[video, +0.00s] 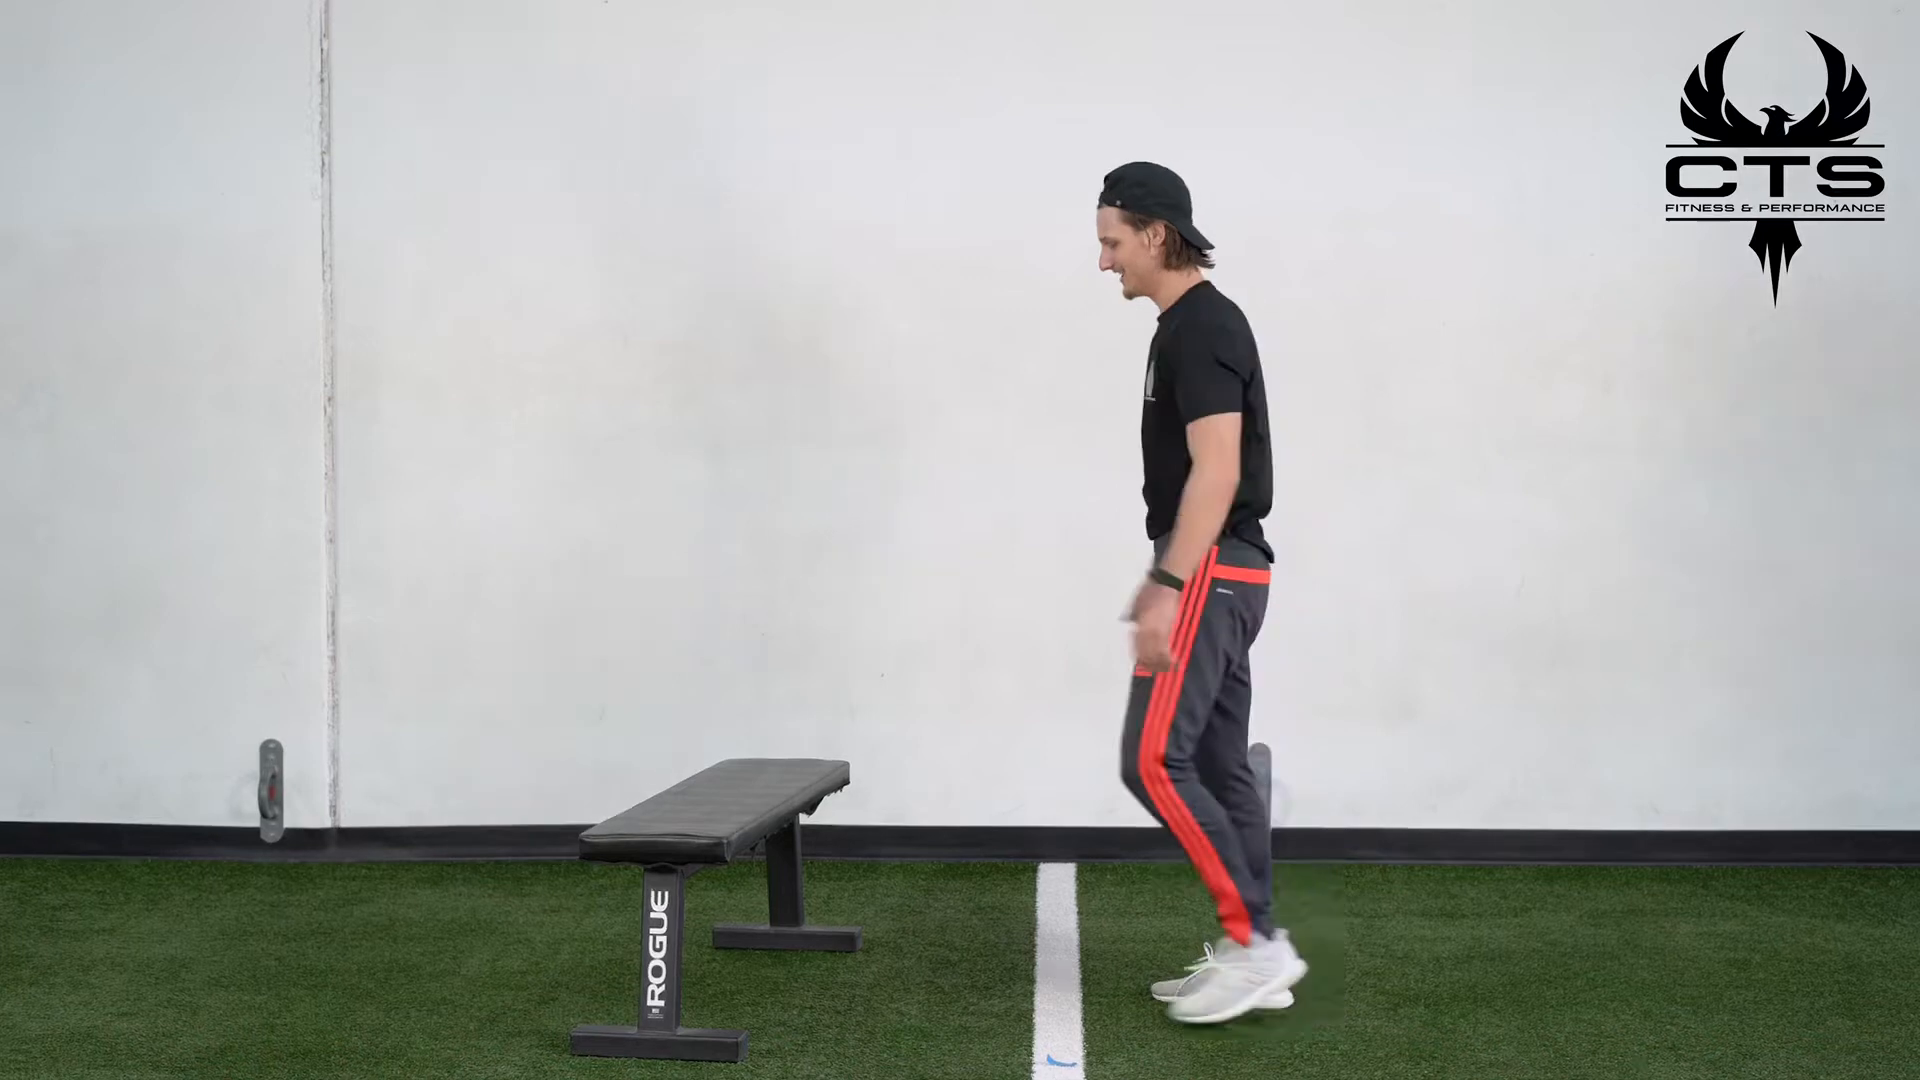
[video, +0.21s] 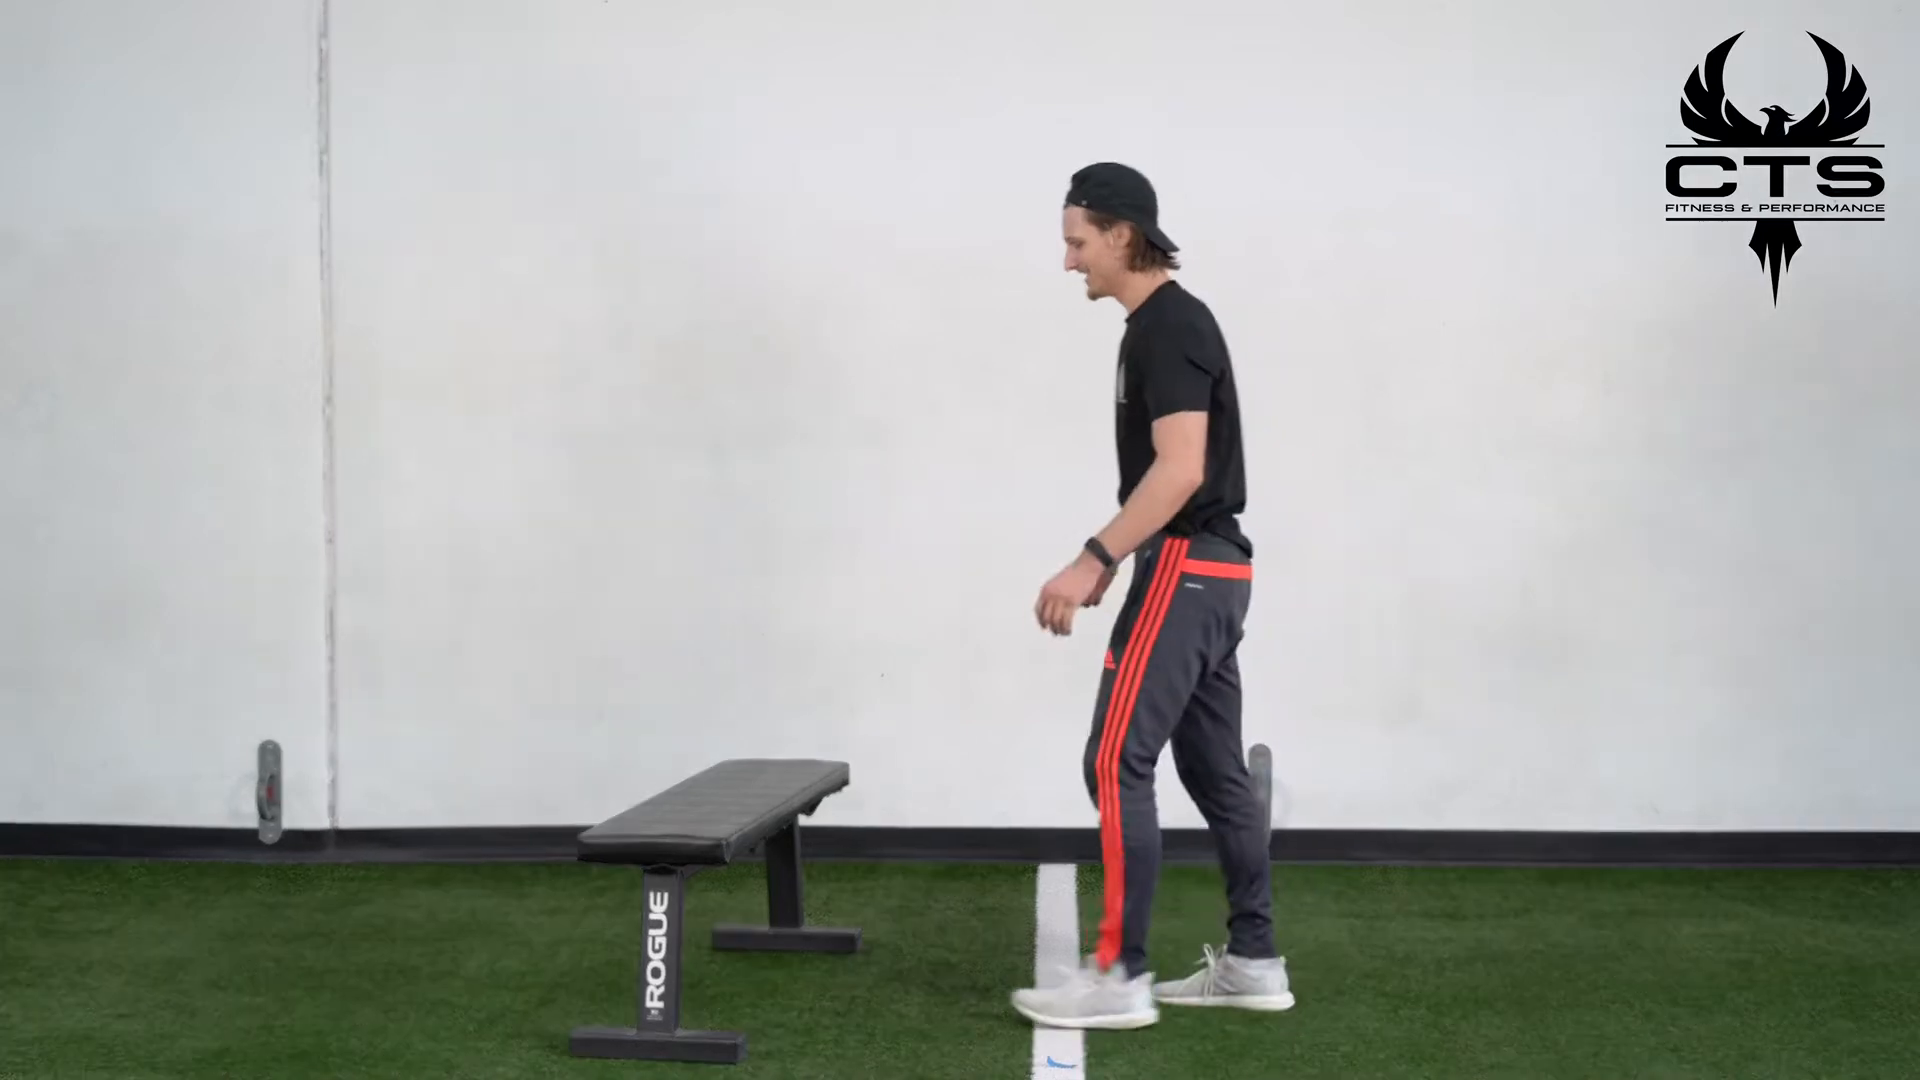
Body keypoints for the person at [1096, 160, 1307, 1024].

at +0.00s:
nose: (1105, 258)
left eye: (1113, 240)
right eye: (1102, 242)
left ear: (1158, 235)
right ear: (1159, 237)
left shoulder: (1198, 327)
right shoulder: (1197, 322)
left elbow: (1217, 475)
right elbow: (1212, 473)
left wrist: (1167, 584)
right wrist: (1173, 579)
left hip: (1211, 573)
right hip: (1217, 573)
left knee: (1154, 759)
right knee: (1222, 763)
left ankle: (1255, 944)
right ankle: (1253, 949)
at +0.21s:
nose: (1069, 260)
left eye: (1077, 242)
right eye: (1067, 242)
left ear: (1123, 235)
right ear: (1122, 237)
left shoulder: (1167, 325)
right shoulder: (1167, 321)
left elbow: (1182, 468)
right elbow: (1182, 470)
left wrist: (1093, 559)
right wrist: (1118, 562)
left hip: (1185, 565)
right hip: (1205, 565)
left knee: (1116, 761)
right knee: (1216, 771)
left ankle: (1119, 974)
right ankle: (1253, 959)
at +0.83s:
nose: (876, 360)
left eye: (880, 340)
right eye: (872, 342)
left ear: (920, 327)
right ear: (927, 327)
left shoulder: (982, 398)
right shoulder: (1010, 385)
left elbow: (945, 560)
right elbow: (1011, 542)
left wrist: (873, 665)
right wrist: (941, 637)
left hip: (1144, 569)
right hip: (1159, 563)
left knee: (1077, 773)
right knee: (1105, 773)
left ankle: (1098, 978)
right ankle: (1102, 965)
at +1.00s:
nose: (843, 435)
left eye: (846, 415)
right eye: (838, 418)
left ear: (887, 400)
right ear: (896, 400)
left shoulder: (946, 461)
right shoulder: (972, 450)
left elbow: (888, 621)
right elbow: (939, 605)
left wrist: (803, 717)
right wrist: (871, 685)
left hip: (1149, 579)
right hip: (1166, 573)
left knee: (1063, 772)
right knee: (1099, 774)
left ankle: (1099, 976)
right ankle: (1099, 964)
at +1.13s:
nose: (826, 497)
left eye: (825, 477)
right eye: (820, 480)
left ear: (860, 458)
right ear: (867, 457)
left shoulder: (927, 504)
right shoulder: (948, 499)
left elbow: (862, 661)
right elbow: (889, 662)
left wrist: (770, 766)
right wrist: (811, 743)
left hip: (1146, 582)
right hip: (1169, 575)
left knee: (1041, 762)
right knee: (1096, 770)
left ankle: (1137, 944)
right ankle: (1100, 953)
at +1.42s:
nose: (768, 528)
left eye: (771, 511)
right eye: (762, 514)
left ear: (811, 494)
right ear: (818, 494)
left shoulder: (867, 540)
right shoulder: (894, 538)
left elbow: (846, 684)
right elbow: (889, 680)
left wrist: (772, 798)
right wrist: (823, 766)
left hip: (1110, 599)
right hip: (1092, 607)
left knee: (1206, 794)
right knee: (1036, 764)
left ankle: (1373, 931)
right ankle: (1090, 960)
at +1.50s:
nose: (766, 526)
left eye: (770, 509)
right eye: (762, 512)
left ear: (811, 494)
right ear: (817, 493)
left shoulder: (868, 542)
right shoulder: (894, 536)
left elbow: (851, 682)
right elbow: (887, 679)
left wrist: (775, 800)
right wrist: (827, 766)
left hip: (1110, 601)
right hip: (1091, 610)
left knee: (1214, 787)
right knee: (1026, 755)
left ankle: (1376, 937)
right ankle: (1086, 944)